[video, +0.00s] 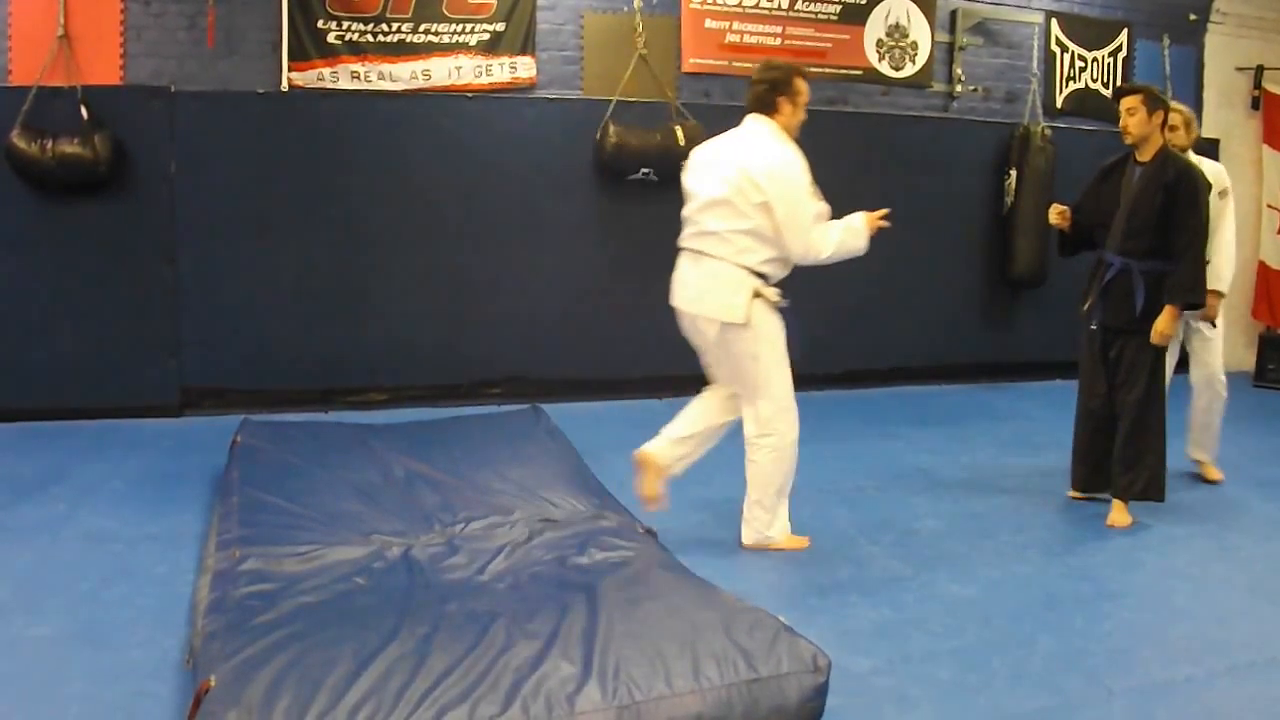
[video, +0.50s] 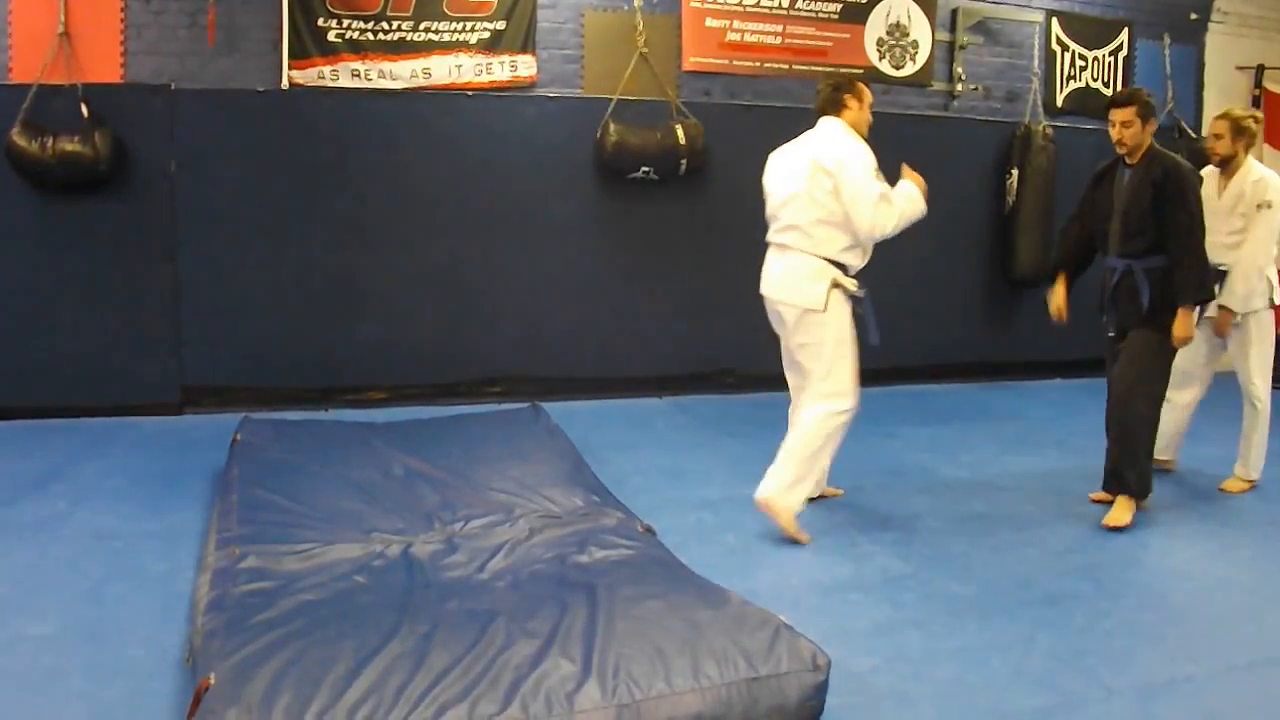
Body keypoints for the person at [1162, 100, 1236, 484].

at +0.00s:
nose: (1171, 135)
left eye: (1177, 129)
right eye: (1166, 128)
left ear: (1191, 132)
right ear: (1157, 132)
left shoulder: (1213, 174)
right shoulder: (1145, 174)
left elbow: (1222, 236)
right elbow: (1133, 233)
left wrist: (1215, 289)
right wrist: (1138, 286)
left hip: (1202, 293)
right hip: (1158, 290)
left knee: (1211, 378)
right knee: (1151, 377)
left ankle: (1203, 454)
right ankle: (1136, 458)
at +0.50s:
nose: (1211, 144)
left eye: (1219, 138)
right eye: (1210, 137)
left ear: (1242, 142)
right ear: (1212, 140)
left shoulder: (1266, 184)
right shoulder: (1205, 177)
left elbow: (1258, 250)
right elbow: (1192, 235)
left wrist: (1230, 304)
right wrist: (1186, 290)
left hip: (1252, 293)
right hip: (1207, 288)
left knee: (1254, 387)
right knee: (1184, 370)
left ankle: (1247, 472)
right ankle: (1162, 453)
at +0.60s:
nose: (1217, 142)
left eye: (1225, 136)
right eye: (1216, 135)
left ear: (1248, 140)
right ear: (1218, 137)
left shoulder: (1269, 182)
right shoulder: (1212, 176)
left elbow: (1272, 250)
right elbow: (1201, 234)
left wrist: (1252, 306)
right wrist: (1191, 288)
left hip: (1253, 292)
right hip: (1210, 290)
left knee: (1253, 388)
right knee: (1189, 367)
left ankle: (1246, 471)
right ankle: (1197, 450)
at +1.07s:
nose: (1221, 150)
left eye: (1230, 144)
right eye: (1218, 142)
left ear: (1250, 147)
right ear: (1216, 143)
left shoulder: (1268, 184)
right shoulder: (1213, 184)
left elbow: (1277, 247)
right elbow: (1203, 239)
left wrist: (1278, 304)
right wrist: (1191, 292)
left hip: (1259, 288)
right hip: (1221, 286)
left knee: (1239, 376)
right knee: (1215, 373)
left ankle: (1241, 468)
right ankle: (1232, 456)